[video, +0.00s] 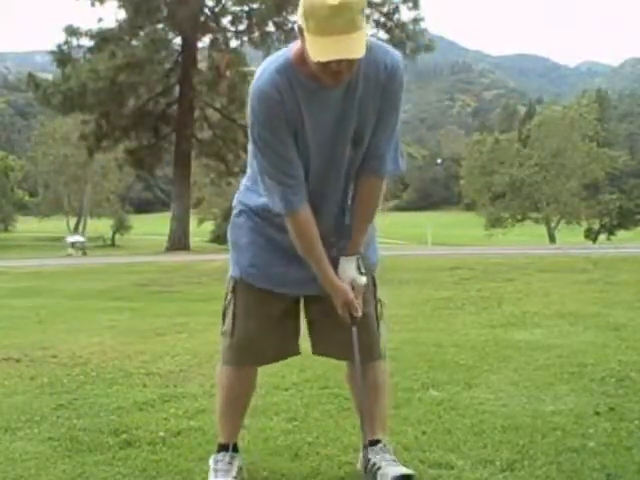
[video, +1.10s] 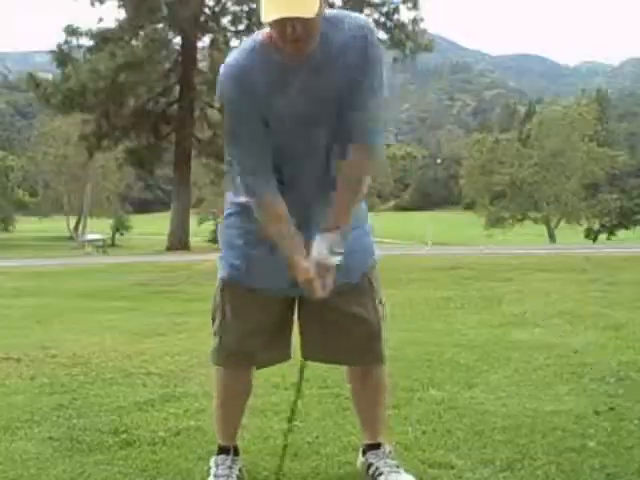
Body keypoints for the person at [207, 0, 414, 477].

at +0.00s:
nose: (337, 64)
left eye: (348, 52)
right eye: (324, 54)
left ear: (363, 33)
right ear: (302, 35)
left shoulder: (385, 68)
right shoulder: (272, 86)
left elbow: (375, 169)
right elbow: (290, 199)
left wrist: (352, 256)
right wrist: (328, 277)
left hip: (346, 226)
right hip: (269, 225)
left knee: (367, 341)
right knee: (243, 342)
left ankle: (377, 450)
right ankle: (226, 454)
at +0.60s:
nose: (351, 48)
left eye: (359, 36)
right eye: (338, 39)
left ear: (374, 19)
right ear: (315, 26)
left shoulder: (397, 46)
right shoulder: (296, 84)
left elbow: (409, 148)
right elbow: (341, 195)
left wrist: (410, 232)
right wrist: (399, 259)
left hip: (372, 223)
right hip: (299, 227)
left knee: (386, 341)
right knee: (265, 347)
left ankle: (379, 452)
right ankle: (229, 455)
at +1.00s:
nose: (307, 37)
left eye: (318, 24)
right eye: (294, 27)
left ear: (336, 10)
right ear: (277, 18)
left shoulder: (365, 32)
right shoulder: (264, 81)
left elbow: (394, 128)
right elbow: (317, 186)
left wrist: (398, 208)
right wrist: (382, 249)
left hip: (346, 217)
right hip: (269, 221)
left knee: (369, 339)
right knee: (241, 348)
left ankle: (378, 455)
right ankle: (226, 457)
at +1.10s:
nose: (292, 31)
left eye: (303, 19)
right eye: (281, 21)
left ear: (322, 10)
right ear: (264, 16)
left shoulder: (357, 39)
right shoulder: (240, 73)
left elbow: (362, 145)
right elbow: (257, 180)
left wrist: (333, 236)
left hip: (340, 216)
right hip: (257, 217)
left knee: (366, 338)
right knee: (236, 344)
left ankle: (376, 453)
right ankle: (226, 457)